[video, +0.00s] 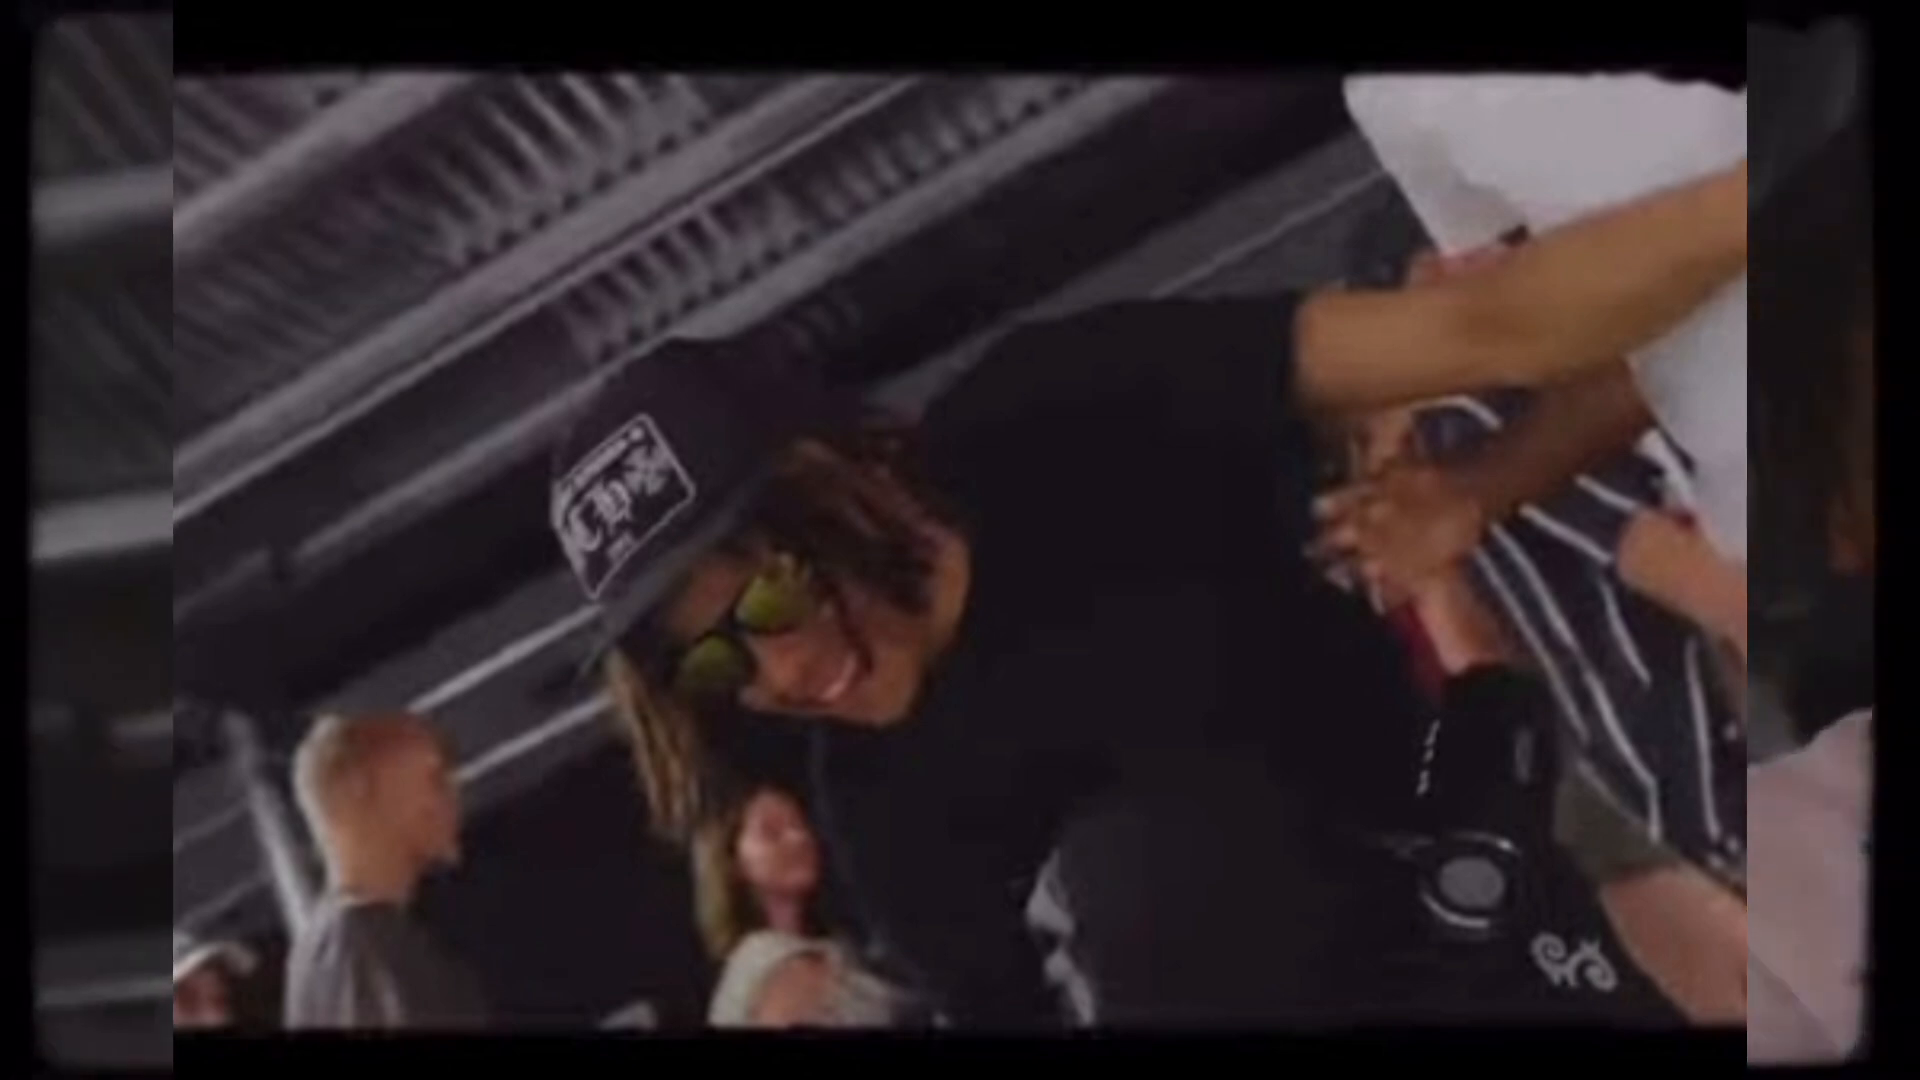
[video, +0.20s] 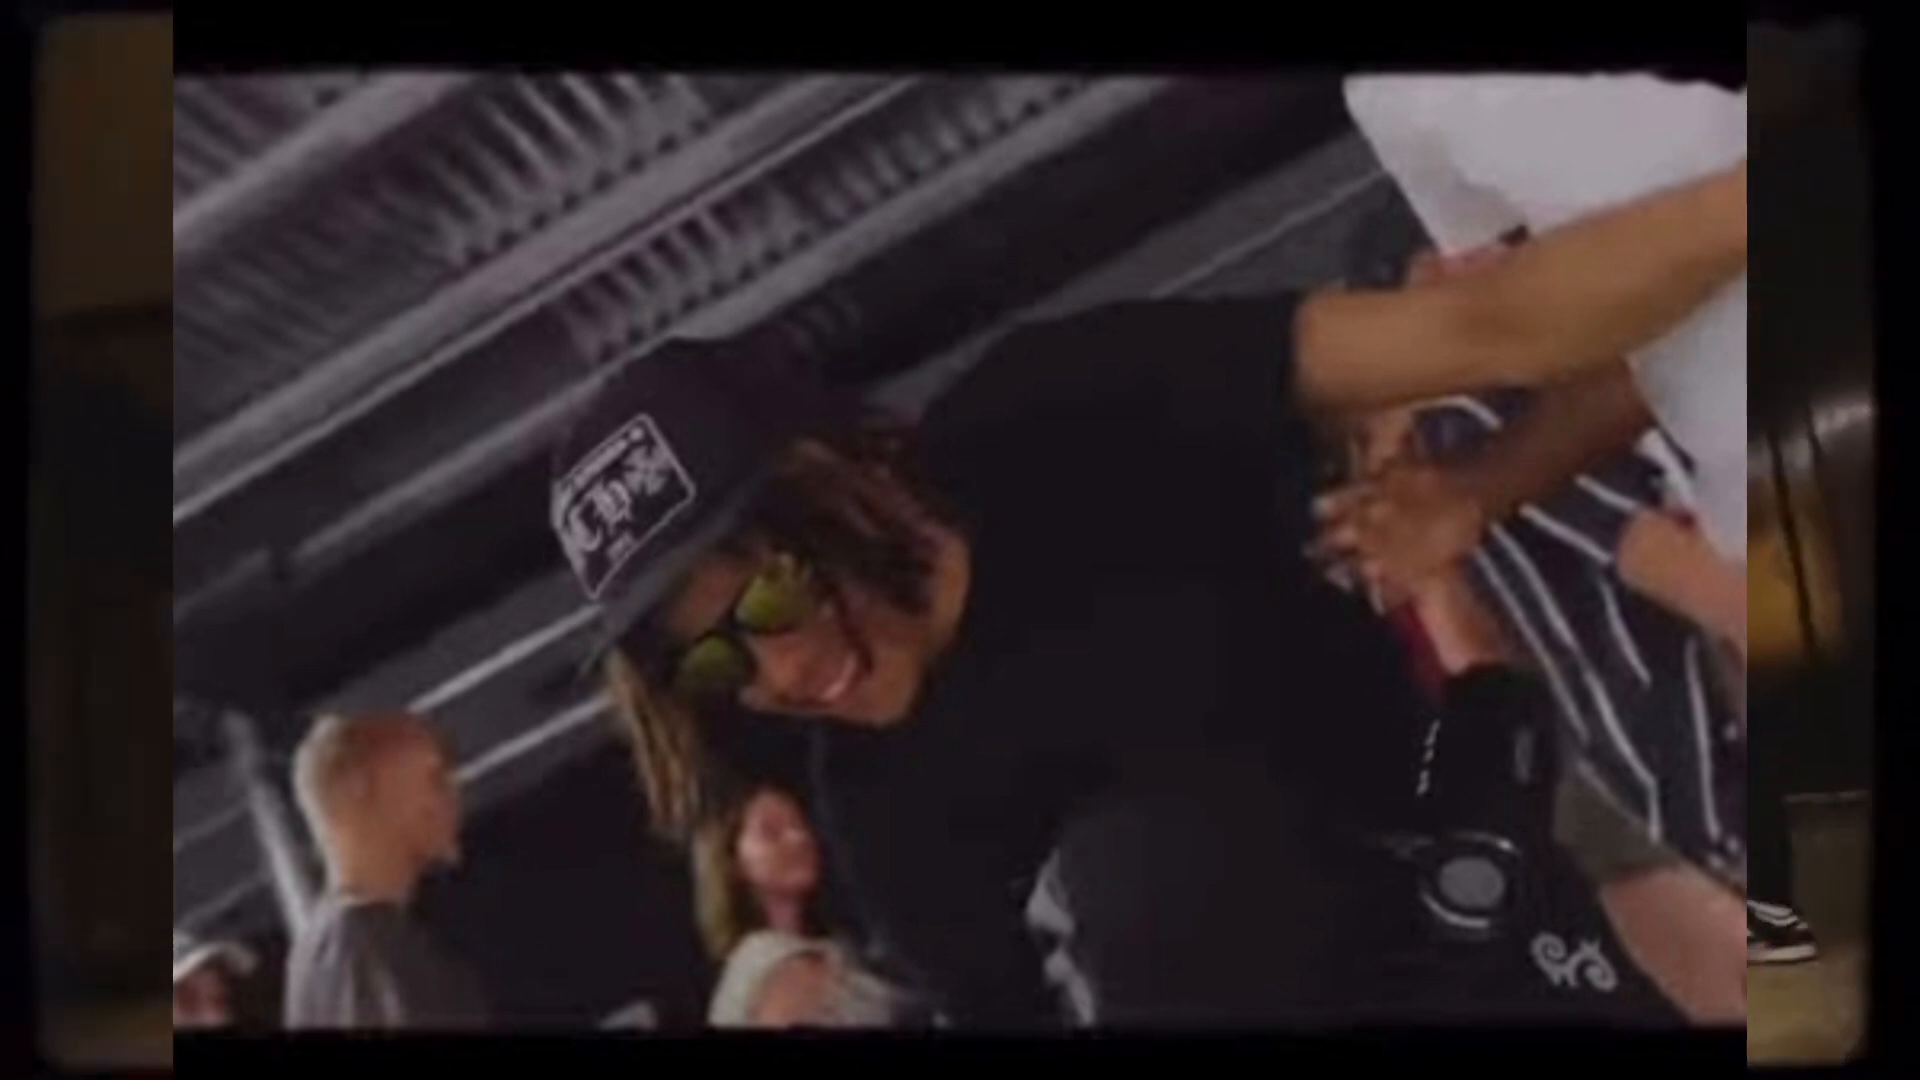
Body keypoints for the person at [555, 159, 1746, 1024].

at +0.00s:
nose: (768, 657)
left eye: (761, 582)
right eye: (709, 655)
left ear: (834, 476)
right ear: (687, 686)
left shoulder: (1054, 403)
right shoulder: (888, 845)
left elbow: (1471, 329)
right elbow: (1032, 1025)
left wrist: (1775, 195)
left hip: (1476, 836)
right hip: (1246, 972)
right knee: (1137, 861)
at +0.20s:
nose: (766, 660)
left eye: (759, 585)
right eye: (707, 656)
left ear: (834, 479)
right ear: (685, 685)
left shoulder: (1052, 403)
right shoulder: (887, 845)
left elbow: (1472, 328)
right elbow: (1030, 1025)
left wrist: (1766, 194)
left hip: (1479, 851)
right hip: (1246, 977)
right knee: (1133, 868)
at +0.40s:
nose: (767, 660)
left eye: (760, 584)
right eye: (708, 655)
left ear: (835, 477)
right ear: (685, 685)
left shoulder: (1053, 403)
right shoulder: (887, 844)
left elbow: (1474, 327)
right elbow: (1031, 1024)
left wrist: (1767, 197)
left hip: (1474, 852)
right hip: (1234, 975)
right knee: (1135, 867)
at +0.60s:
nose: (766, 660)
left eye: (759, 585)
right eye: (707, 656)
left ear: (833, 478)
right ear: (685, 685)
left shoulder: (1053, 403)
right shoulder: (886, 842)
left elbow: (1474, 327)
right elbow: (1027, 1024)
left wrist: (1770, 196)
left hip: (1473, 855)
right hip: (1233, 975)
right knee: (1133, 868)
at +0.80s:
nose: (766, 660)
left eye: (760, 585)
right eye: (707, 656)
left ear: (834, 478)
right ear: (684, 685)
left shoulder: (1053, 403)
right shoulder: (887, 844)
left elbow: (1471, 328)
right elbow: (1029, 1025)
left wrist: (1767, 197)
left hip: (1473, 852)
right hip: (1236, 976)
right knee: (1134, 868)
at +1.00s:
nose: (766, 660)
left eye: (759, 585)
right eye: (707, 657)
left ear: (833, 477)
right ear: (684, 686)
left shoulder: (1052, 403)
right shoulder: (885, 842)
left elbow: (1472, 327)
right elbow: (1025, 1025)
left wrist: (1763, 198)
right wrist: (838, 1000)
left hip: (1475, 858)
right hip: (1230, 976)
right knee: (1136, 864)